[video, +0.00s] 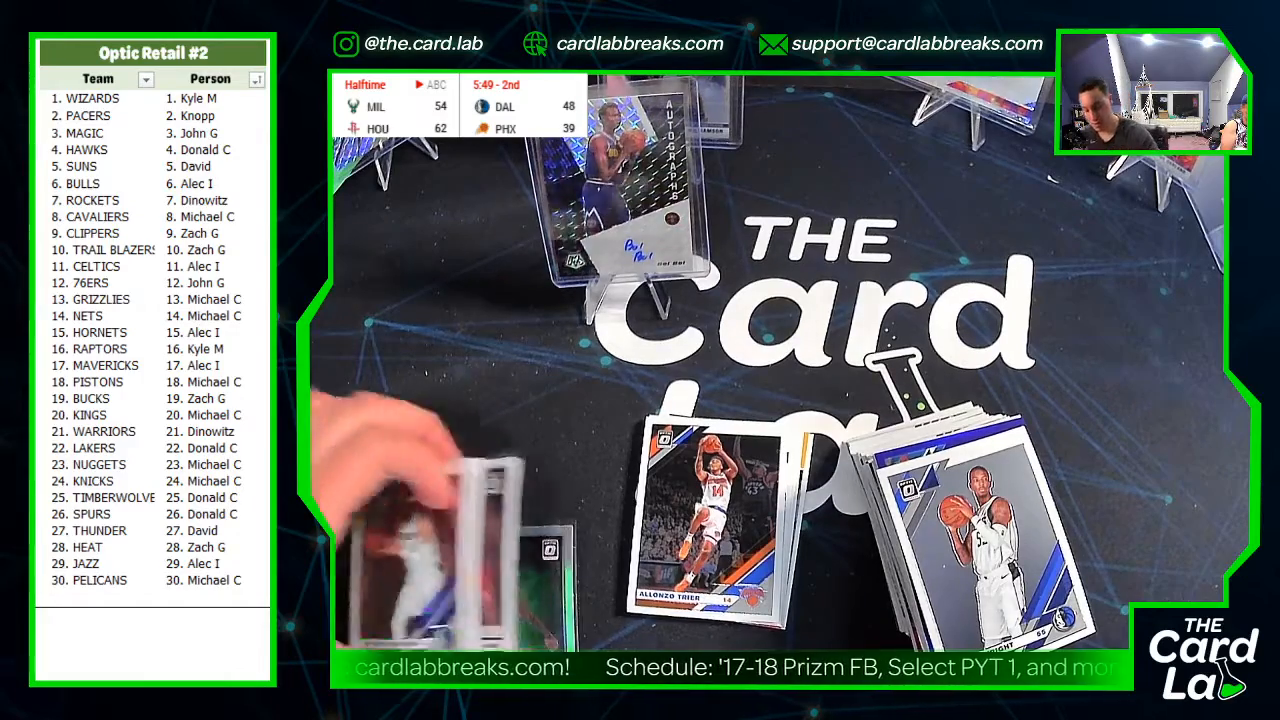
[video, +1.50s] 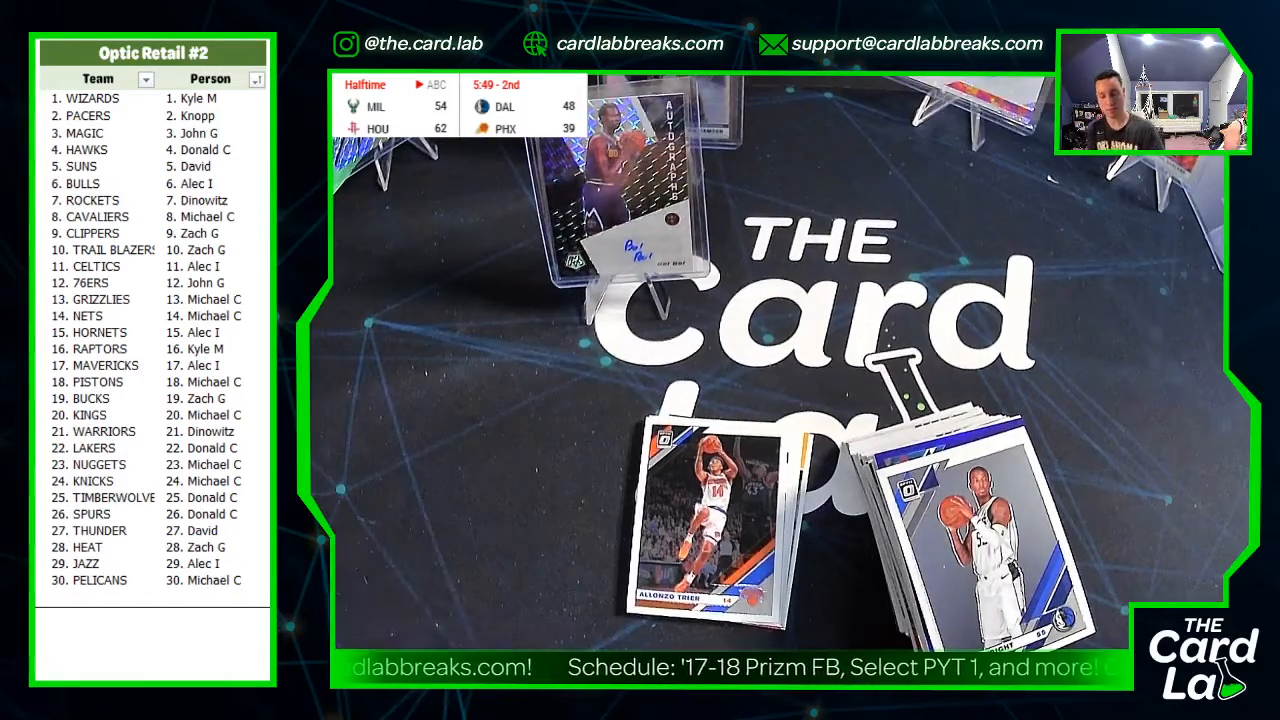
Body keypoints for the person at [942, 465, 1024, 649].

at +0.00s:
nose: (980, 484)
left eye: (983, 479)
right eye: (975, 480)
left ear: (990, 482)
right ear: (970, 486)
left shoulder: (1000, 504)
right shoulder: (974, 518)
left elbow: (997, 538)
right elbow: (965, 559)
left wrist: (972, 517)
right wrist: (953, 530)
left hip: (1007, 579)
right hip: (985, 585)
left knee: (1018, 633)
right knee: (991, 640)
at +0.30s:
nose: (980, 483)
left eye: (983, 479)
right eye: (975, 480)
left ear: (990, 481)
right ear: (970, 485)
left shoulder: (1000, 504)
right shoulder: (975, 516)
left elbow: (997, 538)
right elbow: (965, 558)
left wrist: (972, 516)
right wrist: (953, 529)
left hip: (1006, 578)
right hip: (984, 583)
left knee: (1017, 632)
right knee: (991, 638)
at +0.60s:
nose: (980, 484)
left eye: (983, 479)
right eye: (975, 481)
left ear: (990, 482)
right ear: (970, 486)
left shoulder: (999, 505)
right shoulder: (975, 518)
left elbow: (997, 539)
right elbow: (965, 559)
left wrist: (972, 517)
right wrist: (953, 531)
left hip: (1006, 579)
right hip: (985, 585)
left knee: (1018, 633)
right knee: (991, 640)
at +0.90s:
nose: (980, 484)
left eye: (983, 479)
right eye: (975, 480)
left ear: (990, 482)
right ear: (970, 485)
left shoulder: (1000, 504)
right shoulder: (974, 517)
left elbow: (997, 539)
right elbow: (965, 559)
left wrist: (972, 517)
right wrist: (953, 531)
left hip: (1006, 579)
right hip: (984, 584)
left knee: (1017, 632)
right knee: (991, 639)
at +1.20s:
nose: (980, 484)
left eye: (983, 479)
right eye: (975, 481)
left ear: (990, 482)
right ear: (970, 485)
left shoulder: (1000, 505)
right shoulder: (974, 518)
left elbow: (997, 539)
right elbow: (965, 559)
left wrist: (972, 516)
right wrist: (953, 531)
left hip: (1006, 579)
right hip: (985, 584)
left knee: (1018, 632)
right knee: (992, 639)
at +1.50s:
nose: (980, 484)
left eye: (983, 479)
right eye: (975, 481)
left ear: (990, 482)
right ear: (970, 486)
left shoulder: (1000, 505)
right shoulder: (975, 518)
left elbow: (997, 539)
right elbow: (965, 559)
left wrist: (972, 516)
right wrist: (953, 531)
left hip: (1006, 579)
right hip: (985, 584)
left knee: (1017, 632)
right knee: (991, 639)